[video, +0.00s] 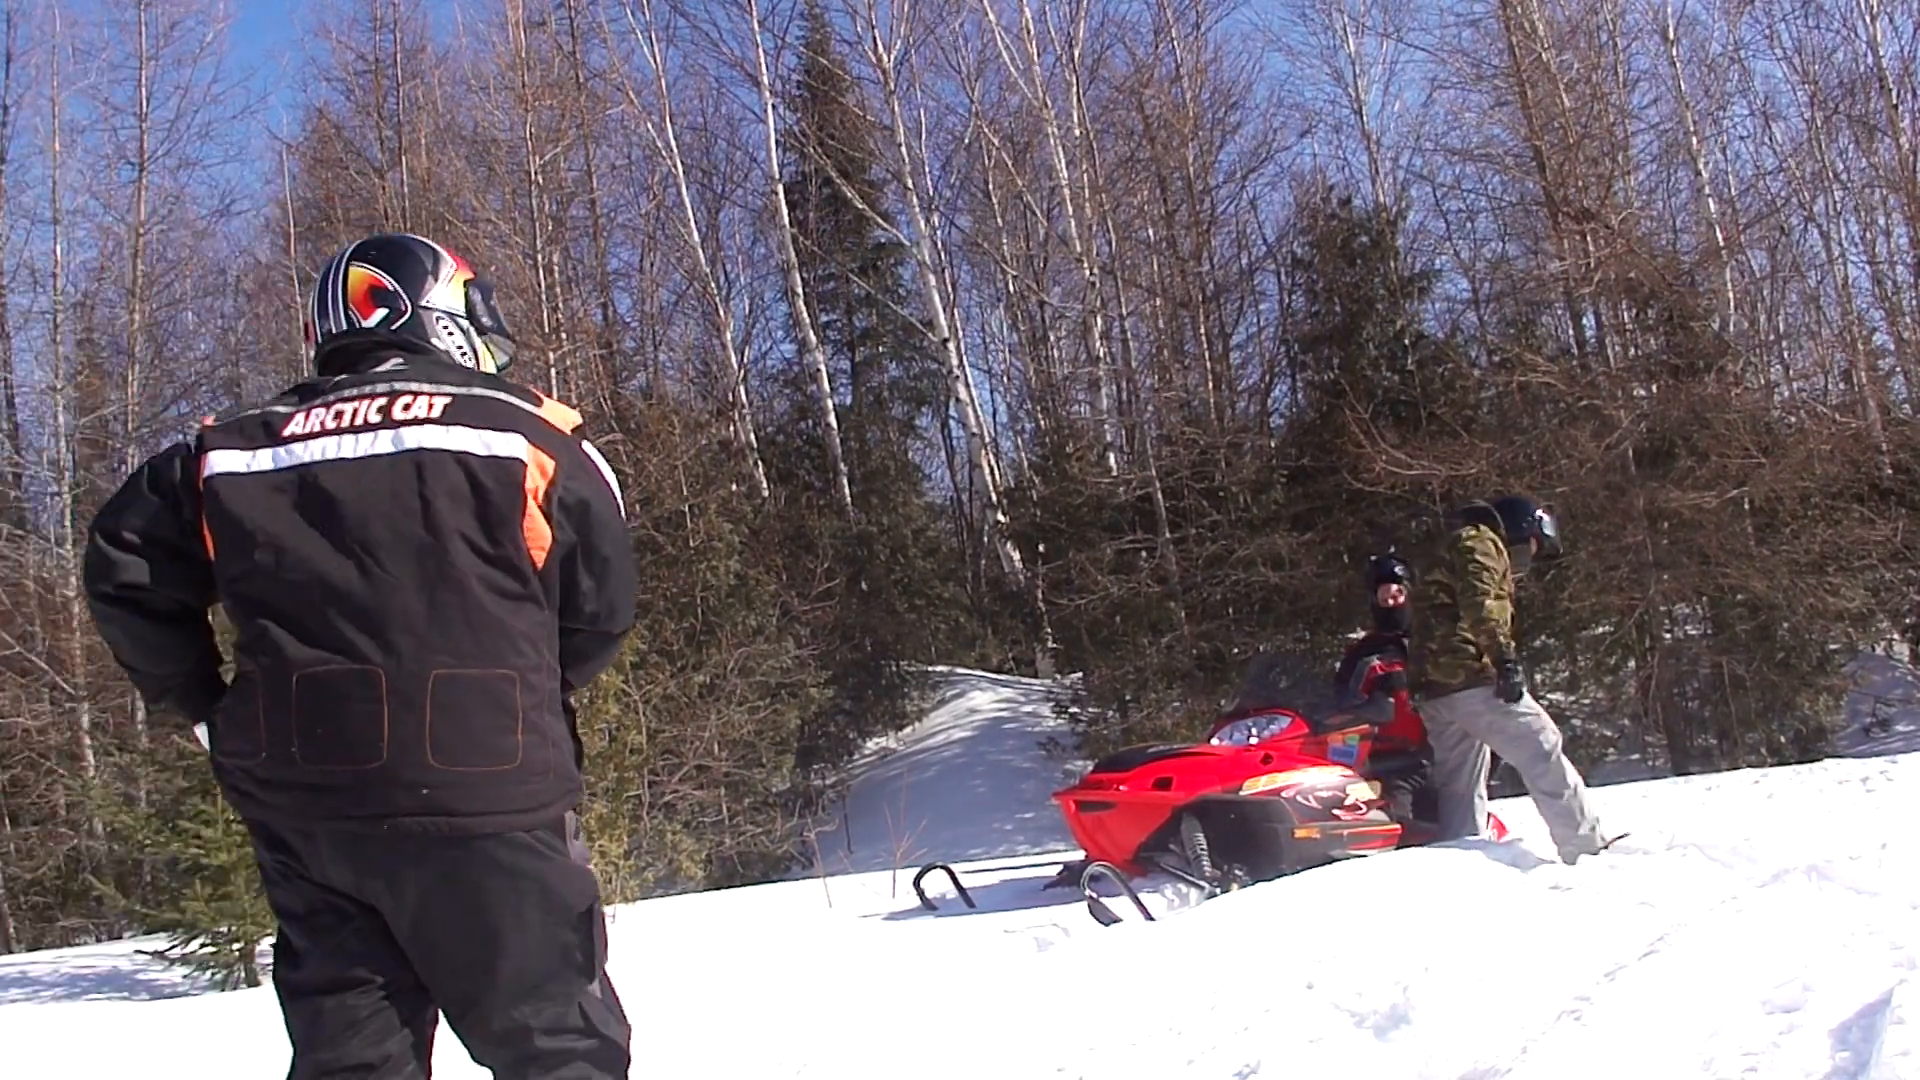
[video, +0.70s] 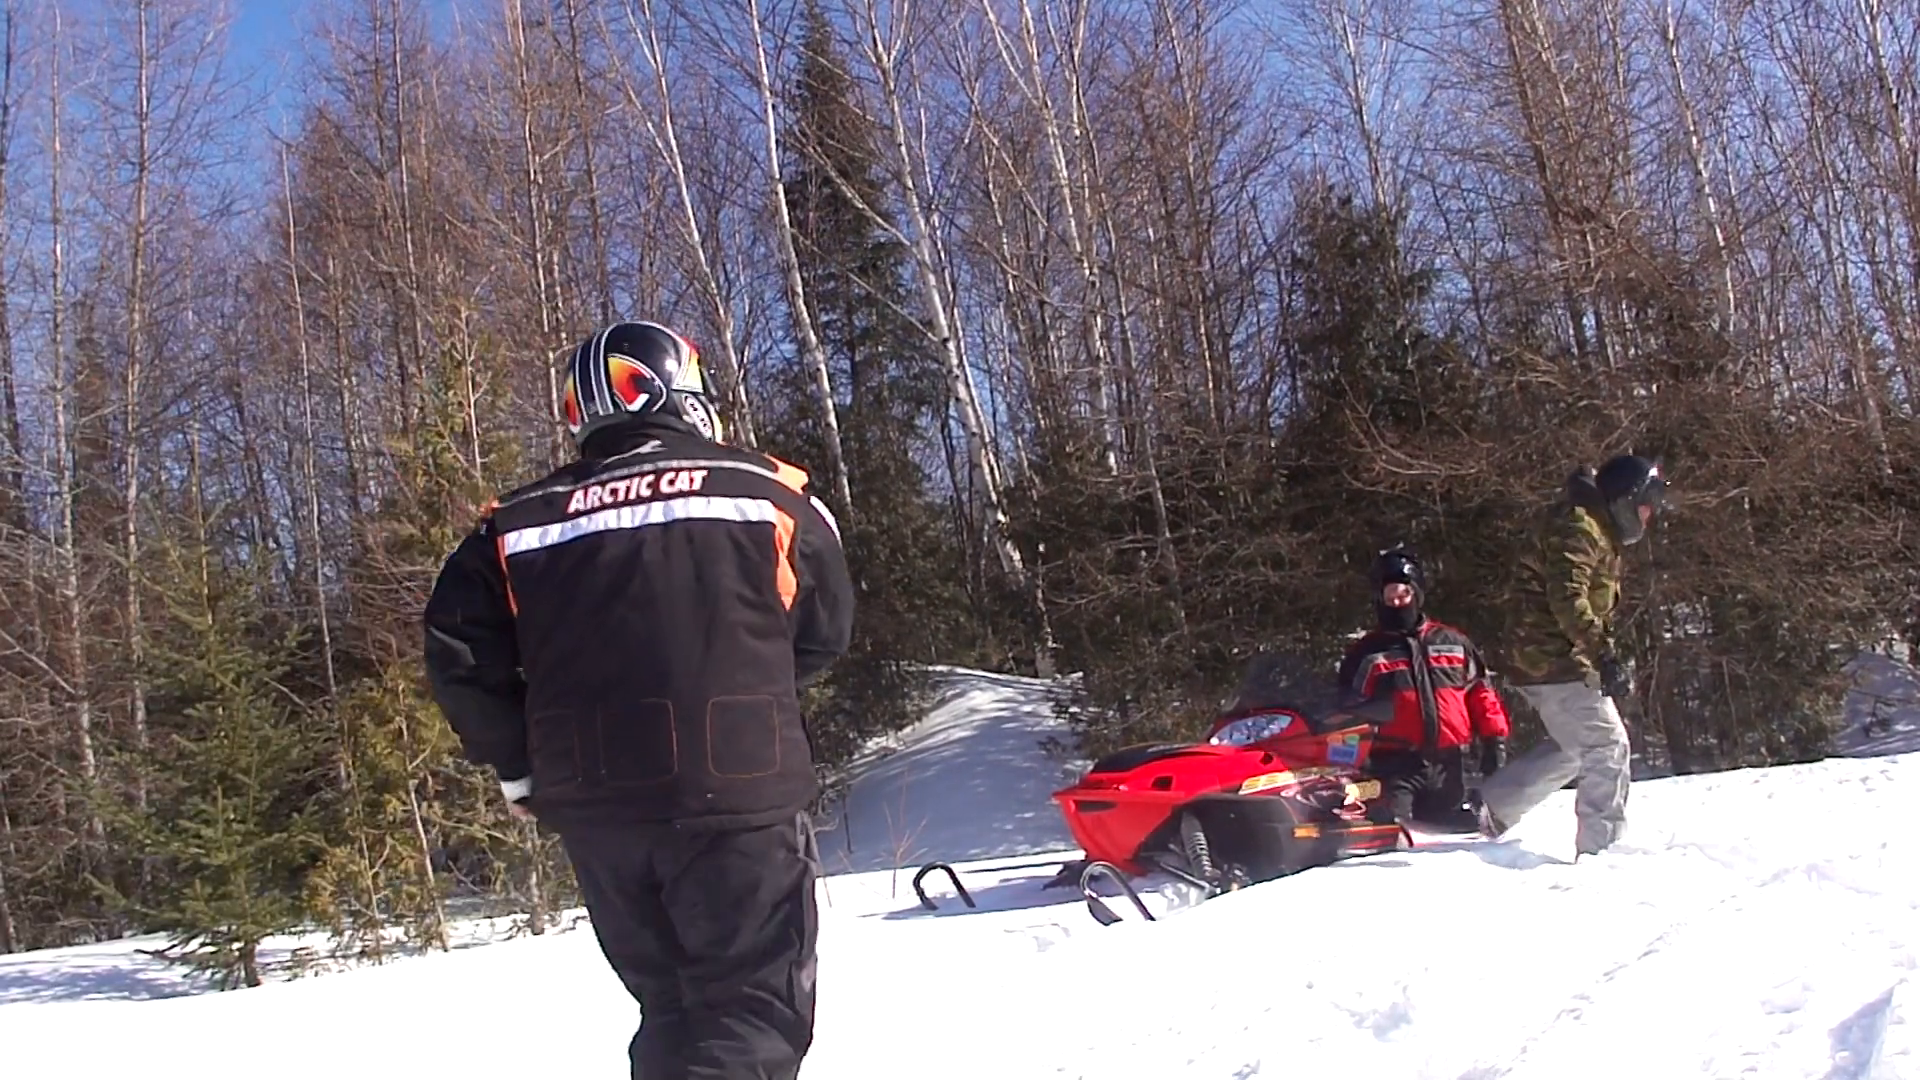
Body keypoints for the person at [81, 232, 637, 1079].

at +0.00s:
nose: (494, 337)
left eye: (488, 317)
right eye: (481, 316)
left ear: (326, 330)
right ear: (454, 320)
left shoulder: (226, 446)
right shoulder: (536, 438)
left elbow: (121, 563)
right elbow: (602, 611)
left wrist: (207, 704)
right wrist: (524, 685)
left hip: (305, 824)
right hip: (489, 814)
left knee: (348, 1055)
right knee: (558, 1048)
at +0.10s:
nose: (539, 358)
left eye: (532, 339)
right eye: (527, 338)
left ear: (374, 355)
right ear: (501, 343)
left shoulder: (284, 468)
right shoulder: (585, 455)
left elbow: (183, 593)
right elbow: (656, 624)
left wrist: (262, 726)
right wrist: (576, 696)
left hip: (359, 829)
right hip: (537, 828)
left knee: (387, 1042)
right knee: (590, 1048)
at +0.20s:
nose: (588, 375)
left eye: (581, 357)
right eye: (578, 356)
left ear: (427, 377)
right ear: (556, 363)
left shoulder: (341, 494)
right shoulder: (642, 479)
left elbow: (256, 627)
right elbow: (698, 646)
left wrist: (330, 753)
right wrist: (611, 701)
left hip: (426, 849)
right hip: (601, 845)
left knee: (443, 1047)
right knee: (648, 1050)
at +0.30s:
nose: (624, 372)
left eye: (617, 355)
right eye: (614, 355)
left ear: (474, 372)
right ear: (594, 362)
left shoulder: (382, 494)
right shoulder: (679, 477)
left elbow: (314, 632)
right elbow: (733, 635)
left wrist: (390, 754)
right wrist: (643, 698)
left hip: (467, 835)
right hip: (638, 826)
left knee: (514, 1035)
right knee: (663, 1047)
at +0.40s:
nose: (647, 371)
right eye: (637, 357)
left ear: (502, 376)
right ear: (620, 362)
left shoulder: (424, 490)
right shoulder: (710, 473)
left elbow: (355, 631)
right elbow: (759, 624)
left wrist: (433, 745)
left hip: (512, 824)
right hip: (671, 818)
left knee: (568, 1006)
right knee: (665, 1033)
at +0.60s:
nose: (691, 391)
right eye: (683, 377)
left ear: (557, 398)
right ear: (670, 384)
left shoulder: (491, 509)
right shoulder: (758, 491)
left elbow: (425, 645)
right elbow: (799, 632)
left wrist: (484, 767)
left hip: (568, 811)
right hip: (713, 802)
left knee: (682, 995)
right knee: (685, 1024)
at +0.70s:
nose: (710, 400)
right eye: (701, 387)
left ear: (581, 406)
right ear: (687, 392)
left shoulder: (514, 518)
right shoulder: (774, 490)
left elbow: (456, 650)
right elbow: (825, 627)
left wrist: (520, 763)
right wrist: (752, 687)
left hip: (593, 813)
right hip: (740, 798)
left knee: (663, 1010)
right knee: (749, 1012)